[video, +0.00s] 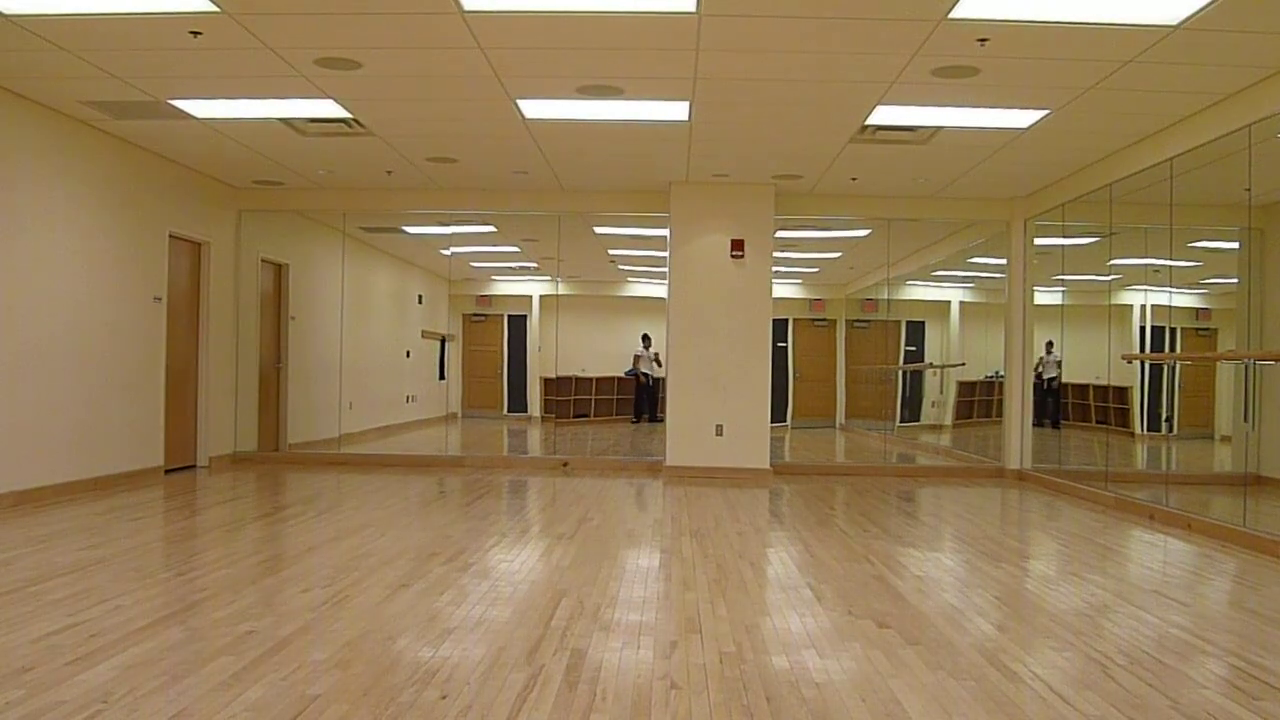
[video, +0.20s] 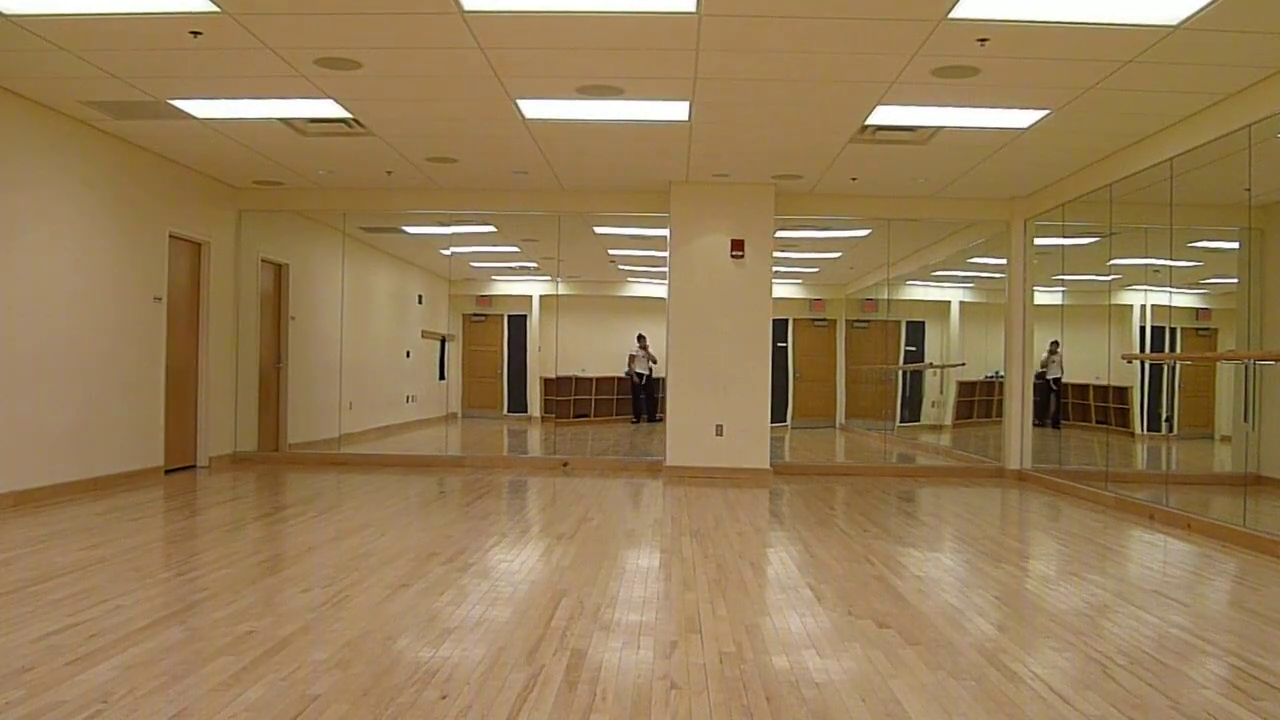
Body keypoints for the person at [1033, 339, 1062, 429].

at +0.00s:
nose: (1048, 348)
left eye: (1050, 346)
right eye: (1047, 346)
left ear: (1052, 347)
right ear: (1045, 347)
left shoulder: (1056, 357)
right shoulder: (1042, 357)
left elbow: (1060, 369)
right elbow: (1035, 369)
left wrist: (1058, 380)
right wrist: (1039, 363)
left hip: (1053, 377)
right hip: (1044, 378)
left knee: (1054, 400)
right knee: (1041, 399)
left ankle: (1055, 421)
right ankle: (1039, 420)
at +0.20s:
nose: (1054, 349)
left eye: (1055, 347)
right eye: (1052, 346)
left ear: (1058, 348)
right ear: (1050, 347)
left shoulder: (1059, 355)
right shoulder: (1046, 355)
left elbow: (1061, 364)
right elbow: (1042, 365)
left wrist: (1062, 372)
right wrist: (1048, 356)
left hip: (1057, 377)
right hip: (1048, 377)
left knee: (1057, 400)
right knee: (1045, 399)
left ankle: (1056, 421)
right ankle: (1042, 419)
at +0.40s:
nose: (1059, 348)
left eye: (1060, 346)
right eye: (1058, 346)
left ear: (1061, 347)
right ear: (1053, 347)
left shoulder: (1060, 356)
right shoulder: (1049, 355)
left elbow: (1064, 368)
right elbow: (1046, 365)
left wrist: (1067, 379)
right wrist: (1052, 355)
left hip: (1058, 378)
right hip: (1049, 377)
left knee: (1058, 399)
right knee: (1047, 399)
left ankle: (1056, 421)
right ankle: (1045, 420)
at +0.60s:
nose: (1060, 348)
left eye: (1061, 347)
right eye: (1059, 346)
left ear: (1062, 348)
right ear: (1055, 346)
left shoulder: (1061, 357)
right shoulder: (1049, 355)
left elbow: (1065, 368)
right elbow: (1047, 365)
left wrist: (1069, 380)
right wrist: (1054, 355)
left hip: (1058, 378)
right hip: (1050, 378)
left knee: (1058, 400)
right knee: (1049, 400)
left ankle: (1056, 421)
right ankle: (1046, 420)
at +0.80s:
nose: (1060, 349)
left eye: (1061, 347)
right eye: (1059, 346)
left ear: (1062, 348)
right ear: (1055, 346)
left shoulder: (1061, 357)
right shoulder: (1049, 355)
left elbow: (1064, 368)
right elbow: (1047, 365)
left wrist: (1067, 380)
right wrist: (1053, 355)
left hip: (1058, 378)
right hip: (1050, 378)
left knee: (1058, 400)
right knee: (1048, 399)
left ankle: (1056, 421)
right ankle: (1046, 420)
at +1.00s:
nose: (1060, 348)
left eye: (1061, 346)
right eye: (1058, 346)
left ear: (1061, 347)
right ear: (1054, 346)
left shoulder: (1061, 357)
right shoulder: (1048, 356)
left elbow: (1064, 370)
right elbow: (1045, 365)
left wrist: (1065, 380)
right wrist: (1051, 355)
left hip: (1057, 378)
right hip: (1049, 378)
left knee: (1057, 400)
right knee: (1047, 399)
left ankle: (1055, 421)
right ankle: (1045, 420)